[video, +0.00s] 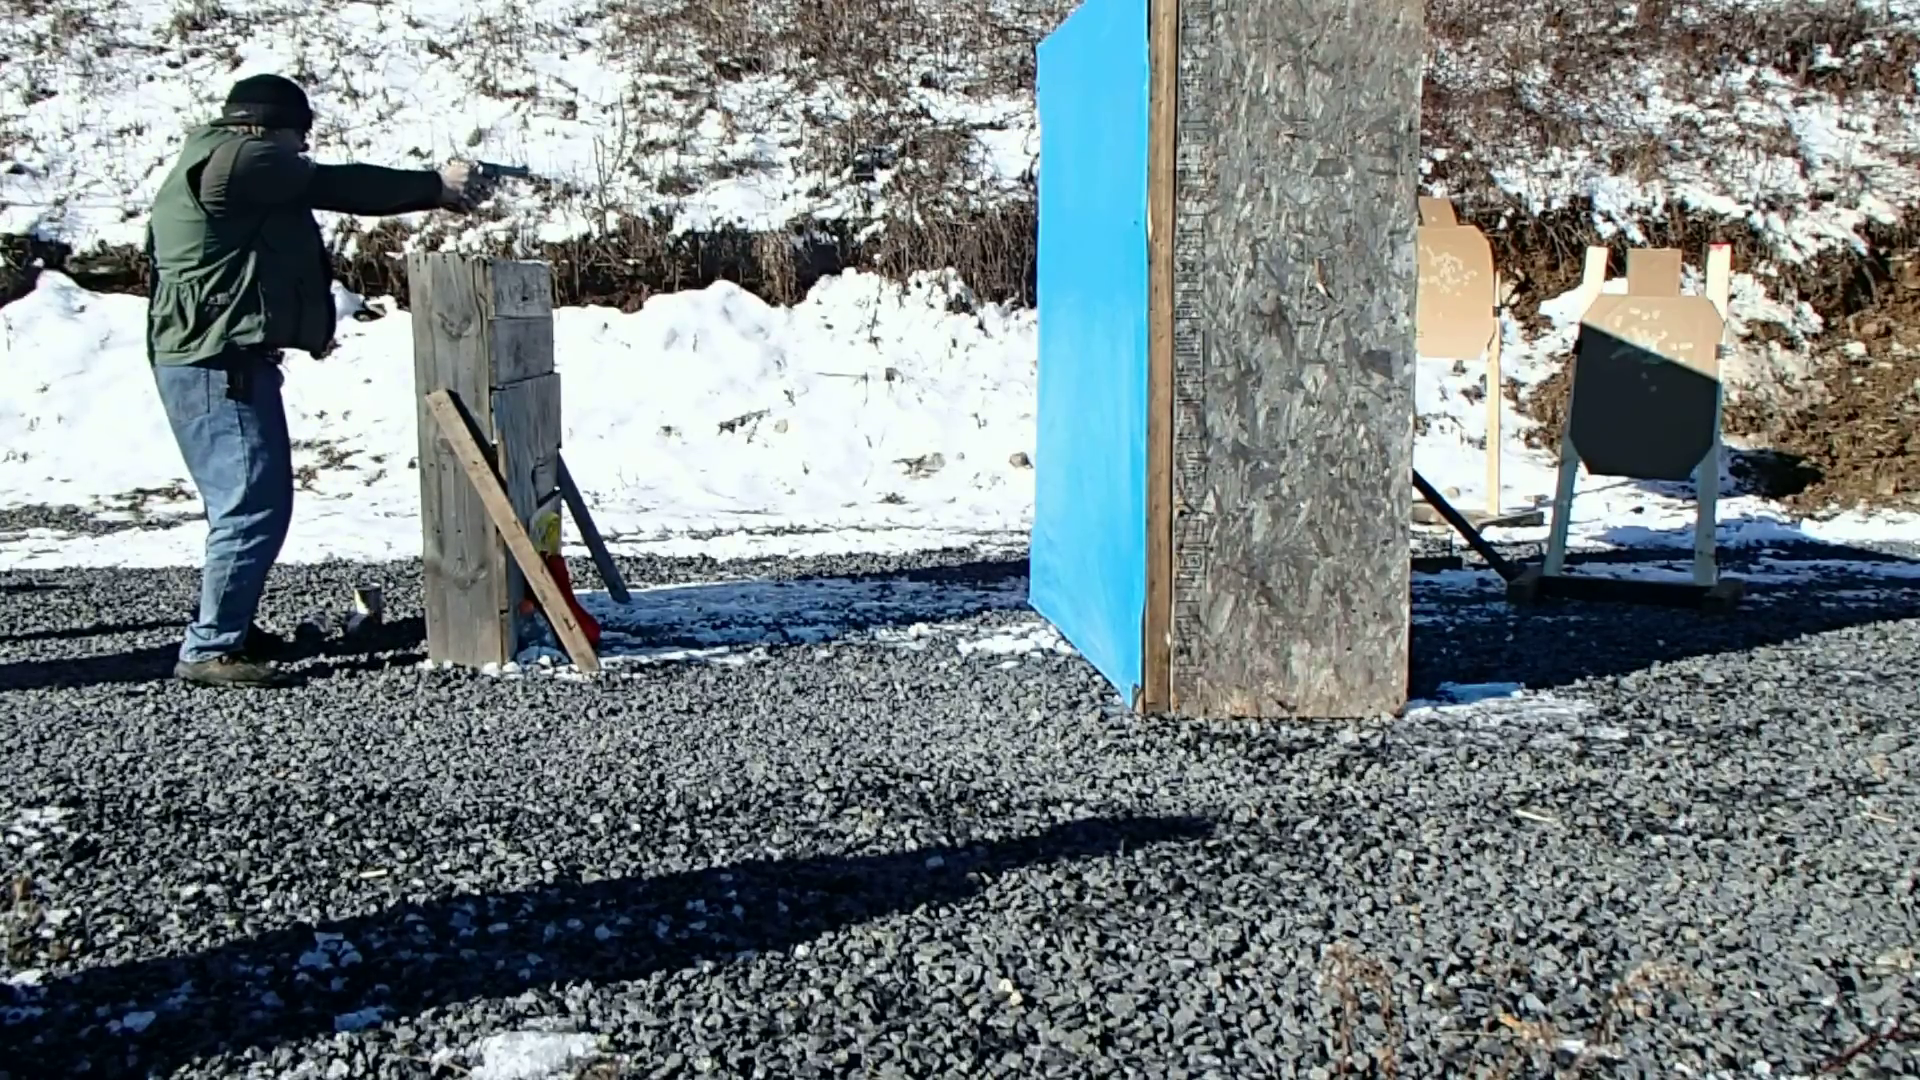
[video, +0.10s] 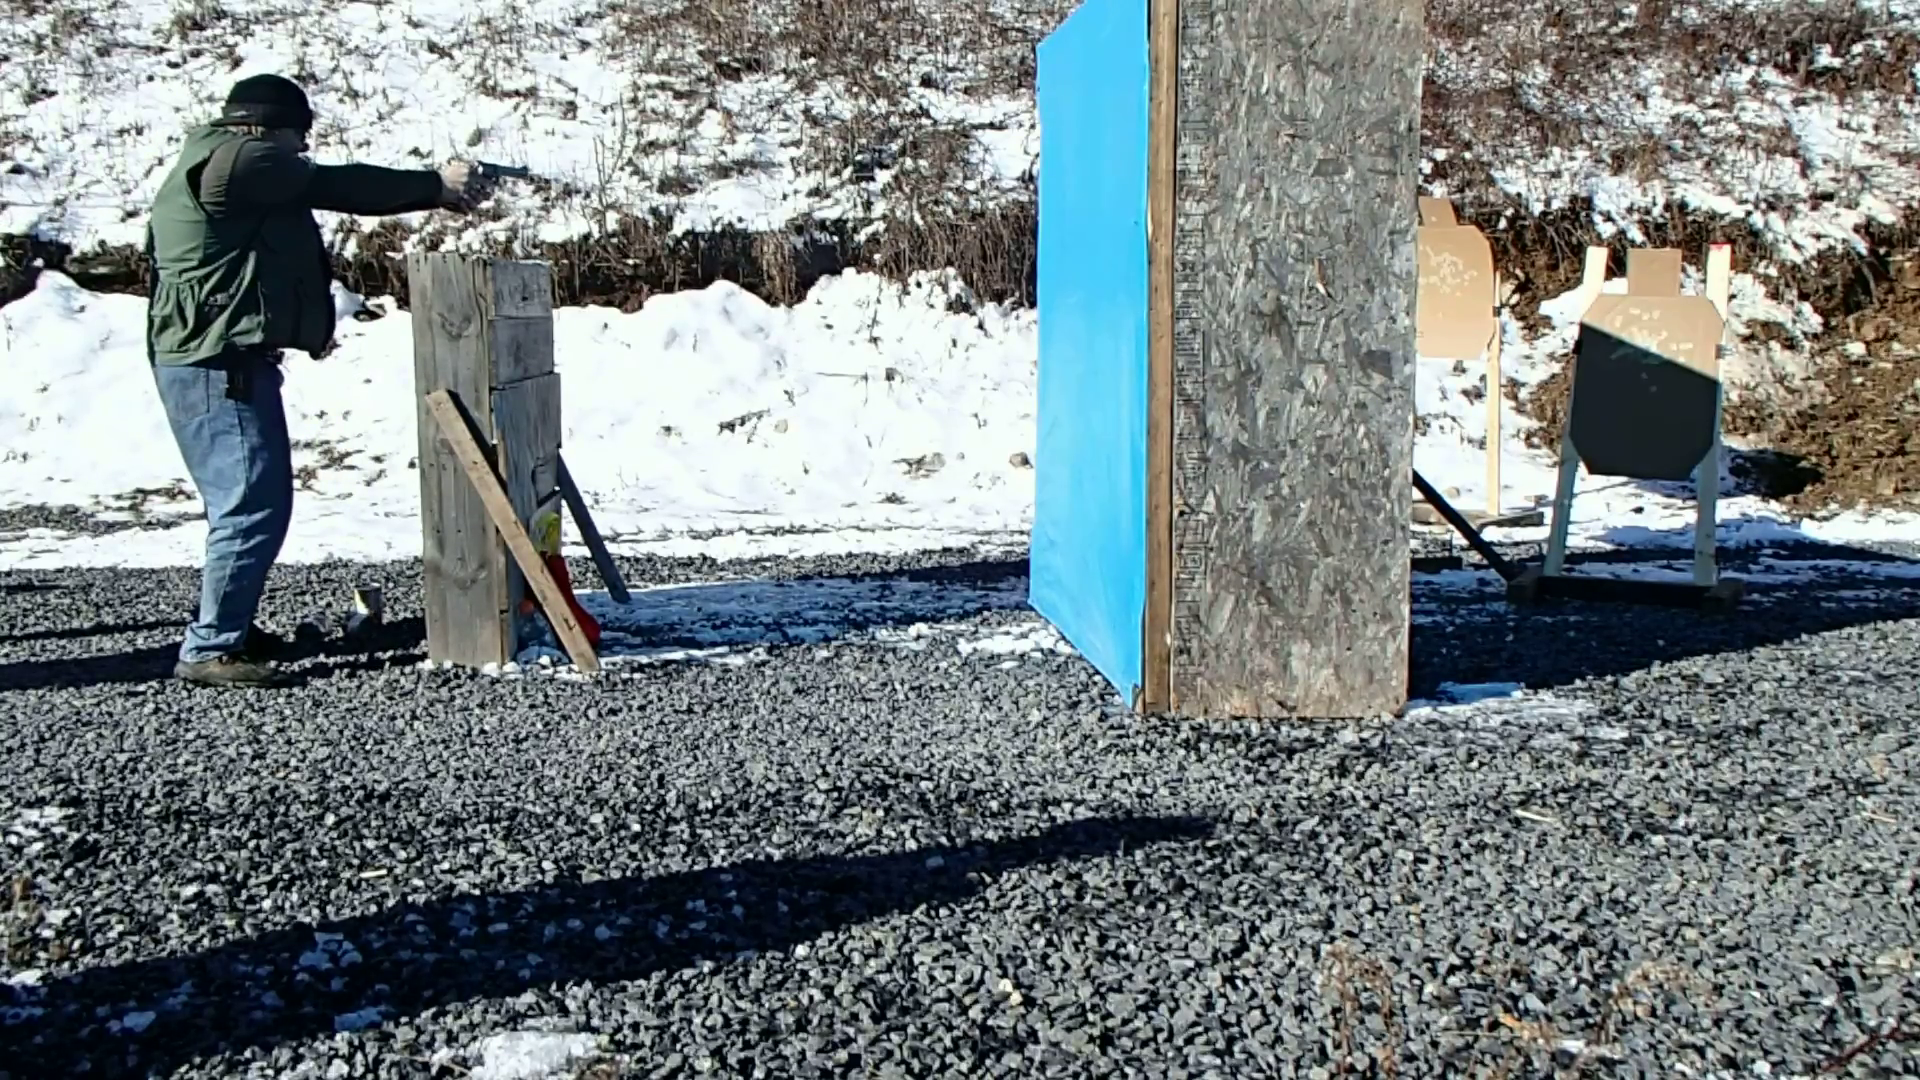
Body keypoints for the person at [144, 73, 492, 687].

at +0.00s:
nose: (303, 148)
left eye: (303, 138)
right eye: (298, 136)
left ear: (243, 118)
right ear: (271, 126)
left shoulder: (209, 159)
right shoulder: (240, 160)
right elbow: (344, 185)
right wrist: (438, 183)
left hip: (221, 359)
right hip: (220, 362)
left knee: (253, 500)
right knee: (252, 502)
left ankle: (230, 630)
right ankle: (212, 646)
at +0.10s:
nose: (303, 148)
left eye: (303, 137)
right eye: (298, 136)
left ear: (244, 118)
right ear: (272, 126)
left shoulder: (208, 158)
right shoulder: (241, 159)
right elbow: (344, 185)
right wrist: (438, 183)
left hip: (219, 358)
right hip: (220, 361)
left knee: (253, 500)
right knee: (251, 502)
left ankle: (229, 630)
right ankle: (211, 646)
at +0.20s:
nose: (303, 150)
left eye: (303, 139)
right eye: (298, 137)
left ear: (245, 118)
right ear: (272, 126)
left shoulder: (212, 158)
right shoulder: (237, 160)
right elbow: (340, 187)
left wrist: (433, 190)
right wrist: (437, 186)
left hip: (221, 359)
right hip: (218, 363)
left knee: (254, 502)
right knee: (251, 504)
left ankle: (230, 630)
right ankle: (211, 647)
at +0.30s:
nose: (301, 150)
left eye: (302, 139)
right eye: (296, 137)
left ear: (245, 119)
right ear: (269, 126)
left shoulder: (221, 158)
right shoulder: (231, 160)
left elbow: (335, 196)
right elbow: (338, 192)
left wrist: (431, 189)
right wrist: (433, 184)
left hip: (223, 359)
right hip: (214, 363)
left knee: (253, 500)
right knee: (253, 502)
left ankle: (228, 629)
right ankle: (211, 645)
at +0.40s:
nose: (306, 158)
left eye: (307, 146)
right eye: (302, 144)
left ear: (258, 133)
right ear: (268, 136)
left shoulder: (240, 172)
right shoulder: (220, 165)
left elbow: (325, 238)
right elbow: (302, 214)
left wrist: (398, 204)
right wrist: (397, 197)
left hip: (222, 362)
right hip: (201, 363)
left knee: (233, 504)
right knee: (269, 488)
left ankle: (208, 631)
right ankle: (219, 639)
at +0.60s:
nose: (316, 183)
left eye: (320, 171)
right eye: (308, 171)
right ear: (268, 165)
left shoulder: (297, 226)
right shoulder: (205, 202)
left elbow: (327, 322)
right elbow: (222, 282)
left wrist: (337, 278)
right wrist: (316, 255)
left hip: (256, 389)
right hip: (200, 385)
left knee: (265, 501)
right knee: (282, 488)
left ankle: (203, 633)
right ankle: (221, 639)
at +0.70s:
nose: (321, 177)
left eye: (324, 165)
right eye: (313, 164)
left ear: (305, 162)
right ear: (273, 159)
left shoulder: (318, 217)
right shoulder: (205, 202)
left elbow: (339, 316)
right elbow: (223, 281)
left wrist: (360, 287)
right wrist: (323, 263)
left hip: (283, 394)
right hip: (213, 391)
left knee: (269, 515)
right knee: (263, 513)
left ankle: (211, 619)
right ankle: (225, 664)